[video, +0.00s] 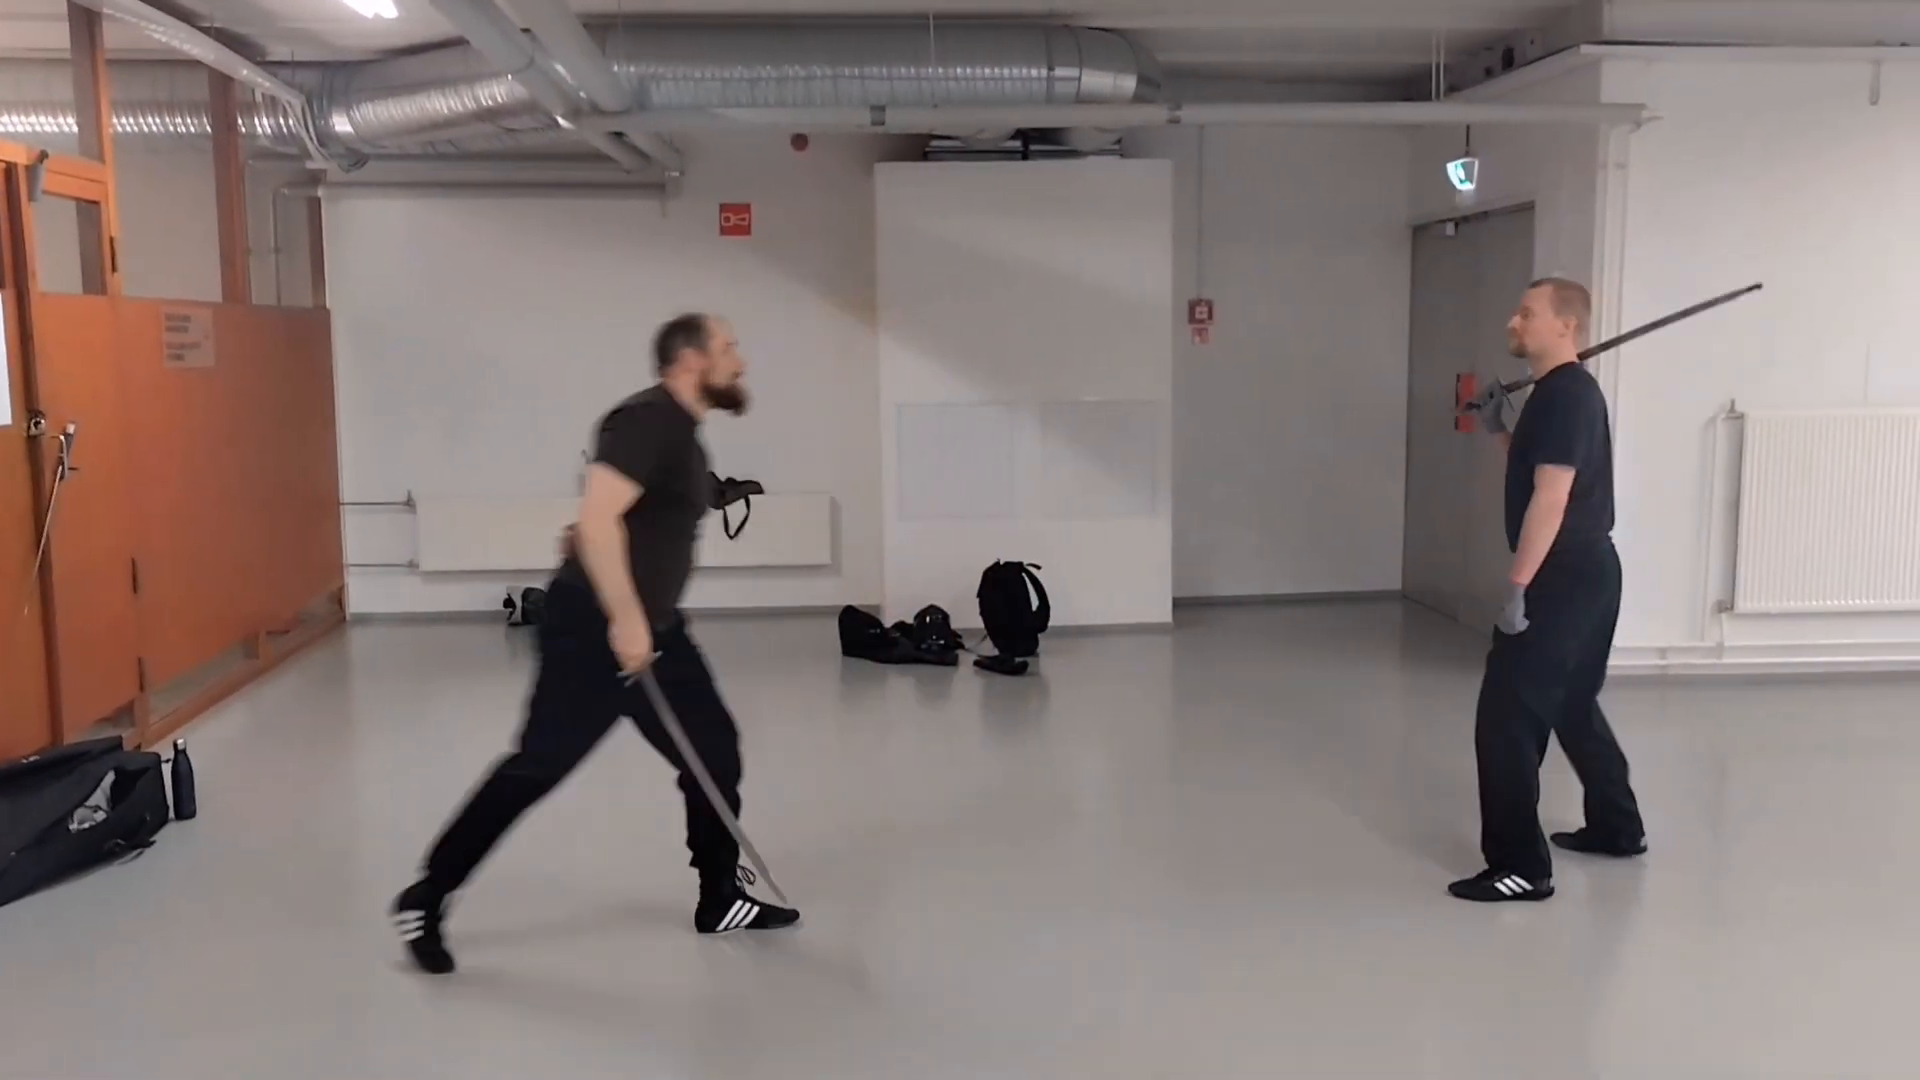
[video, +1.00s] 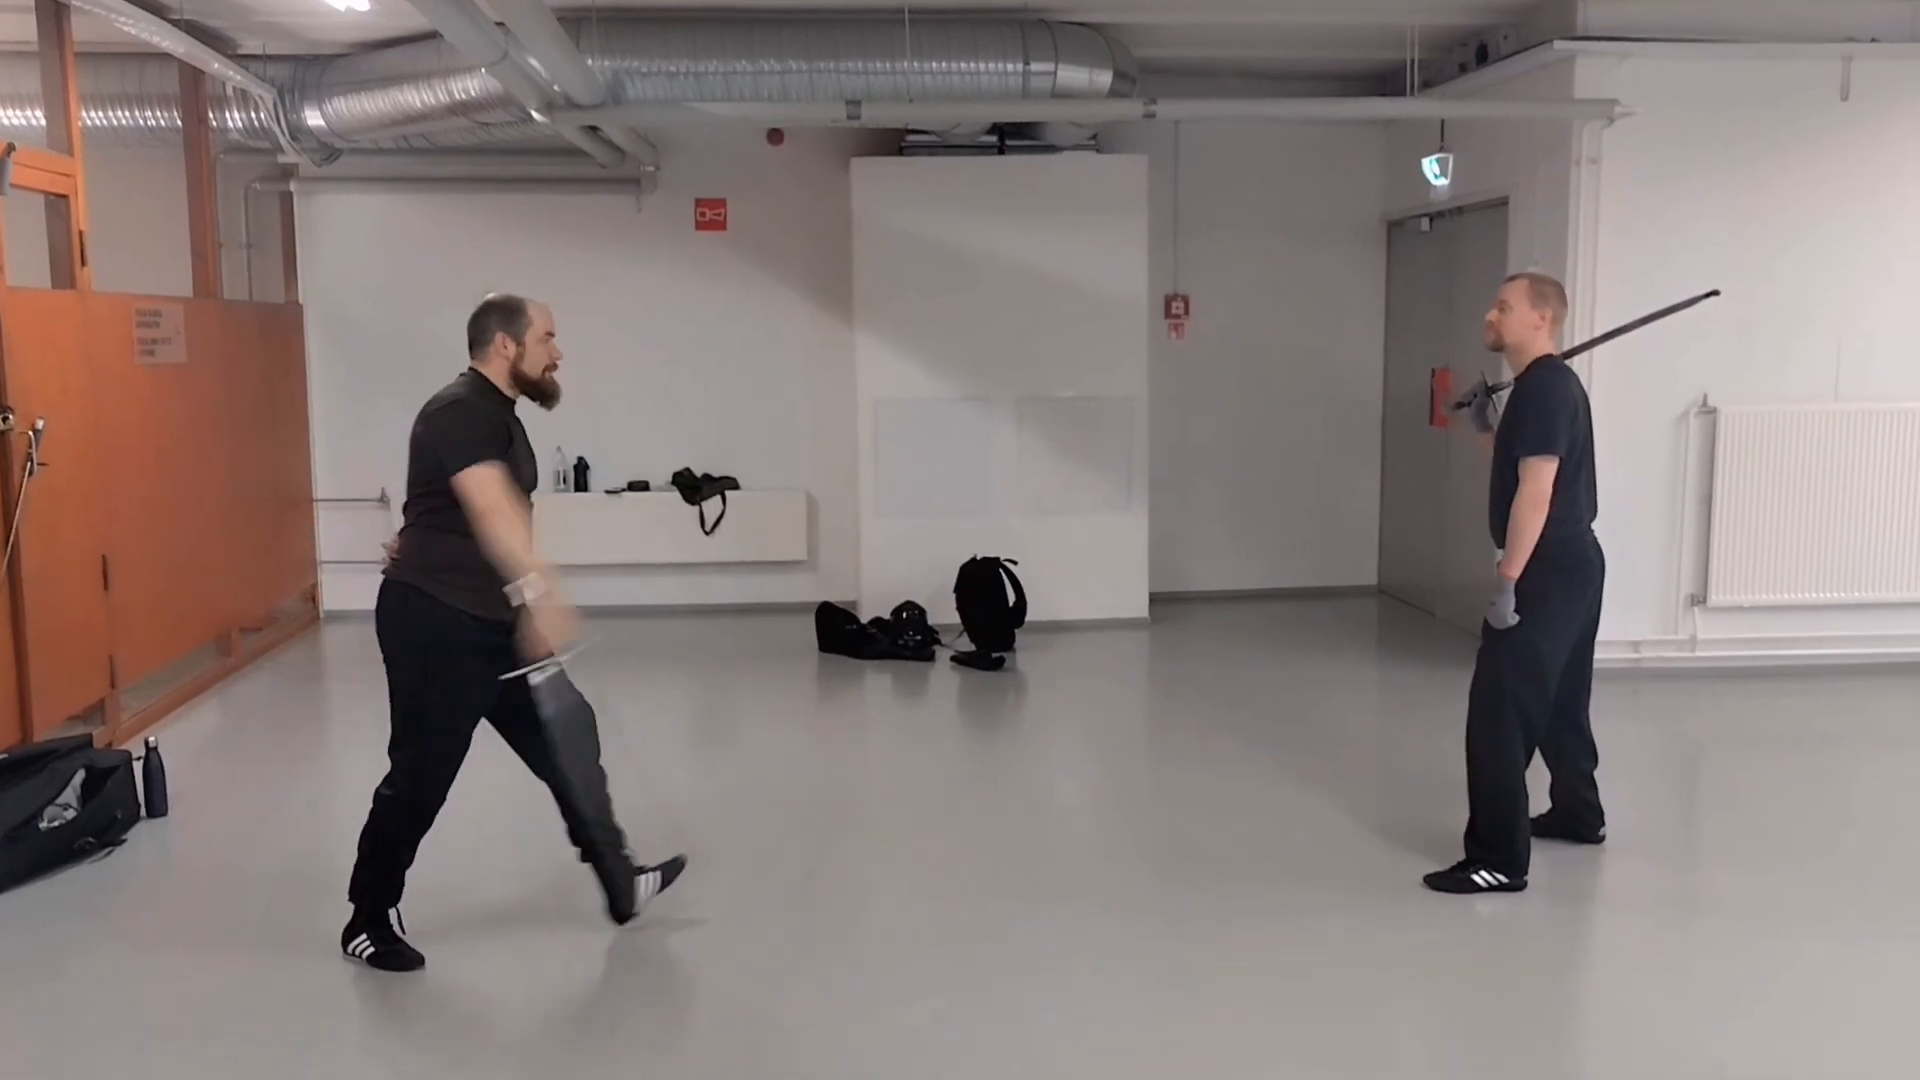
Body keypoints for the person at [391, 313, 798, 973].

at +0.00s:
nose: (740, 362)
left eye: (736, 349)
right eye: (728, 350)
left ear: (693, 362)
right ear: (689, 361)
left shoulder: (680, 431)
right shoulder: (646, 422)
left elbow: (637, 519)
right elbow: (595, 520)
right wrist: (626, 615)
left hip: (651, 629)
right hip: (594, 630)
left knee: (713, 752)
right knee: (537, 767)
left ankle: (720, 897)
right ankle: (424, 899)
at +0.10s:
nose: (690, 371)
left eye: (687, 358)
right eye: (679, 357)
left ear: (641, 369)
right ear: (635, 366)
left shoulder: (636, 446)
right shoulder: (587, 429)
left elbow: (599, 539)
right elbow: (541, 528)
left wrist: (605, 617)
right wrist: (579, 621)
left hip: (605, 633)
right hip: (540, 634)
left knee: (677, 756)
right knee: (487, 778)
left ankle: (713, 896)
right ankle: (396, 918)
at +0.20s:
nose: (647, 367)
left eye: (644, 354)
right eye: (635, 354)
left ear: (601, 367)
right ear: (592, 365)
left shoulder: (604, 453)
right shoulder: (530, 428)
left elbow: (561, 542)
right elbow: (478, 527)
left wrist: (552, 624)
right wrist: (501, 627)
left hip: (559, 634)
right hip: (490, 634)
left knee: (625, 760)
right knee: (453, 785)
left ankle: (694, 891)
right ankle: (388, 923)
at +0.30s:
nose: (614, 363)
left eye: (612, 351)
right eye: (603, 351)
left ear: (569, 364)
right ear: (559, 360)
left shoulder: (577, 450)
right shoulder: (485, 426)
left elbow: (542, 542)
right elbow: (419, 517)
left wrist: (531, 618)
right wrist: (421, 622)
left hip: (531, 640)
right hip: (460, 638)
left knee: (591, 748)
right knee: (430, 783)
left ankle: (638, 892)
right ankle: (384, 923)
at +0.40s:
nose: (593, 361)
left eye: (590, 348)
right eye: (582, 347)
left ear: (542, 356)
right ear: (537, 354)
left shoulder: (560, 444)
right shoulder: (453, 419)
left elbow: (546, 531)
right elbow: (382, 509)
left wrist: (470, 542)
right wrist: (350, 610)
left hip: (508, 627)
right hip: (429, 621)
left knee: (568, 743)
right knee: (419, 778)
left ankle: (568, 899)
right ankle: (380, 923)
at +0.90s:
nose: (551, 351)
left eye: (549, 338)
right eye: (541, 337)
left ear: (499, 347)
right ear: (497, 346)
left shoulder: (495, 417)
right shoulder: (446, 419)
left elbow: (477, 521)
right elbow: (429, 535)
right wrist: (423, 632)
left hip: (493, 620)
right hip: (431, 622)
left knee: (566, 723)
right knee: (417, 778)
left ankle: (570, 884)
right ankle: (371, 917)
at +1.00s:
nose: (557, 353)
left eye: (554, 340)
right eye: (546, 340)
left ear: (505, 347)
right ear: (505, 346)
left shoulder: (499, 418)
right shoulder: (463, 411)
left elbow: (476, 519)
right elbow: (493, 514)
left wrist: (417, 546)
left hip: (486, 619)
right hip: (433, 617)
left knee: (564, 739)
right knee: (420, 776)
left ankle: (619, 879)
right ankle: (368, 920)